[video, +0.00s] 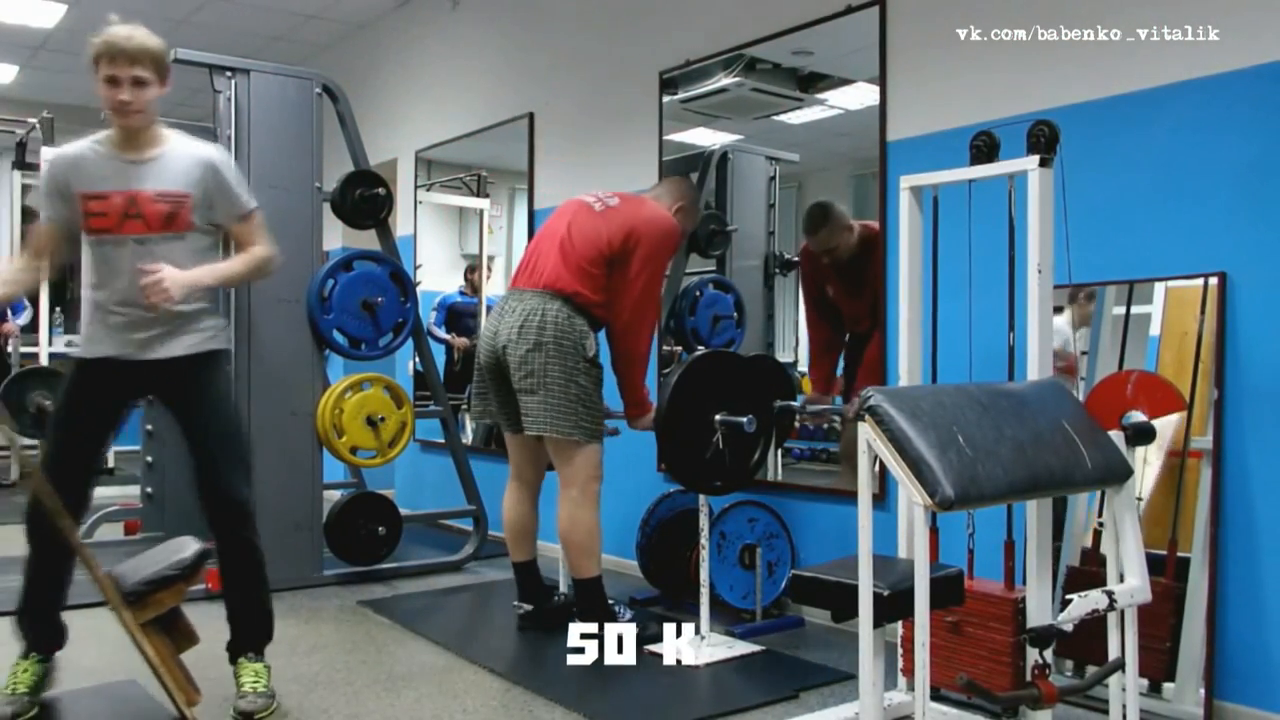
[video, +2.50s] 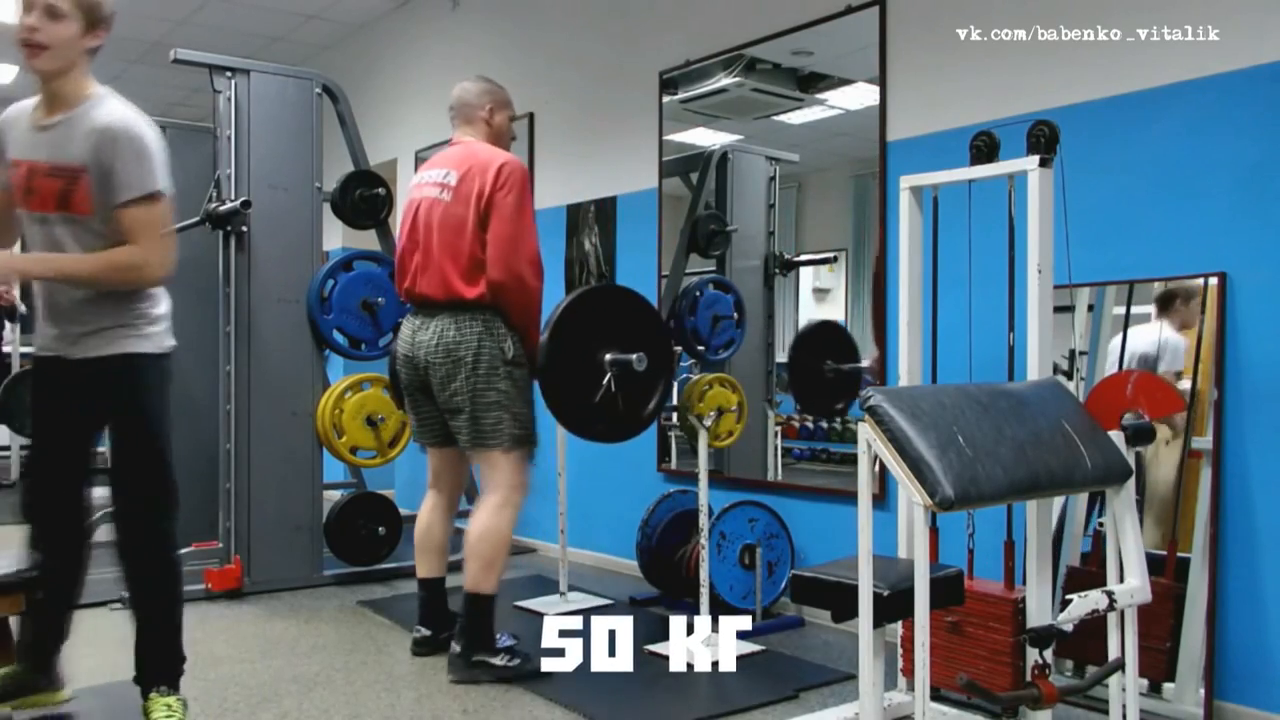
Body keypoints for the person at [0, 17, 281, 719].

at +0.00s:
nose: (124, 94)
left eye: (137, 82)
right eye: (112, 82)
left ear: (162, 86)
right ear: (97, 87)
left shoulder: (203, 162)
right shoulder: (66, 166)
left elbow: (263, 253)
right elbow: (40, 257)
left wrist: (191, 278)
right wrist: (2, 288)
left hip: (193, 354)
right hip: (102, 355)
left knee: (231, 499)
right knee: (53, 501)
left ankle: (250, 655)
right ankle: (37, 652)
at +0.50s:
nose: (140, 67)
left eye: (153, 52)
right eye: (133, 56)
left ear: (195, 55)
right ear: (131, 67)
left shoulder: (234, 139)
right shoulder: (150, 151)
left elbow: (255, 249)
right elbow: (156, 242)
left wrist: (141, 270)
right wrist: (112, 265)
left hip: (232, 346)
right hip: (166, 345)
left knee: (246, 498)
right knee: (122, 481)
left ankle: (256, 653)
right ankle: (192, 618)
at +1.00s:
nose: (27, 59)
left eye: (39, 44)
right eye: (24, 50)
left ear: (86, 47)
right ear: (34, 65)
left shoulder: (131, 131)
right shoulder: (39, 145)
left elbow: (145, 244)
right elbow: (47, 245)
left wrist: (35, 260)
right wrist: (14, 268)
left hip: (127, 343)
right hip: (54, 349)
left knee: (153, 498)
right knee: (30, 504)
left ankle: (231, 639)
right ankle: (46, 663)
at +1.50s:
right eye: (3, 26)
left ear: (5, 22)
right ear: (16, 25)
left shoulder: (36, 95)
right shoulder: (24, 102)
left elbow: (45, 233)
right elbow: (42, 232)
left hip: (75, 326)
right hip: (49, 328)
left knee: (50, 502)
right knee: (27, 497)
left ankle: (100, 693)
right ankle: (43, 653)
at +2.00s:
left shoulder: (19, 94)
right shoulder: (21, 98)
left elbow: (44, 225)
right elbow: (41, 224)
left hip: (37, 328)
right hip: (10, 336)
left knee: (53, 516)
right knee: (6, 529)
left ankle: (103, 700)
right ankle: (24, 693)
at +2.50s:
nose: (30, 27)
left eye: (51, 15)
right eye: (26, 13)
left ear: (94, 34)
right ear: (19, 25)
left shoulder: (124, 130)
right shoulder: (13, 124)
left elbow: (156, 258)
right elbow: (10, 234)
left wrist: (28, 265)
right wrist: (8, 275)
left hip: (132, 350)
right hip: (56, 352)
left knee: (145, 520)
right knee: (52, 511)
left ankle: (161, 685)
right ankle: (38, 669)